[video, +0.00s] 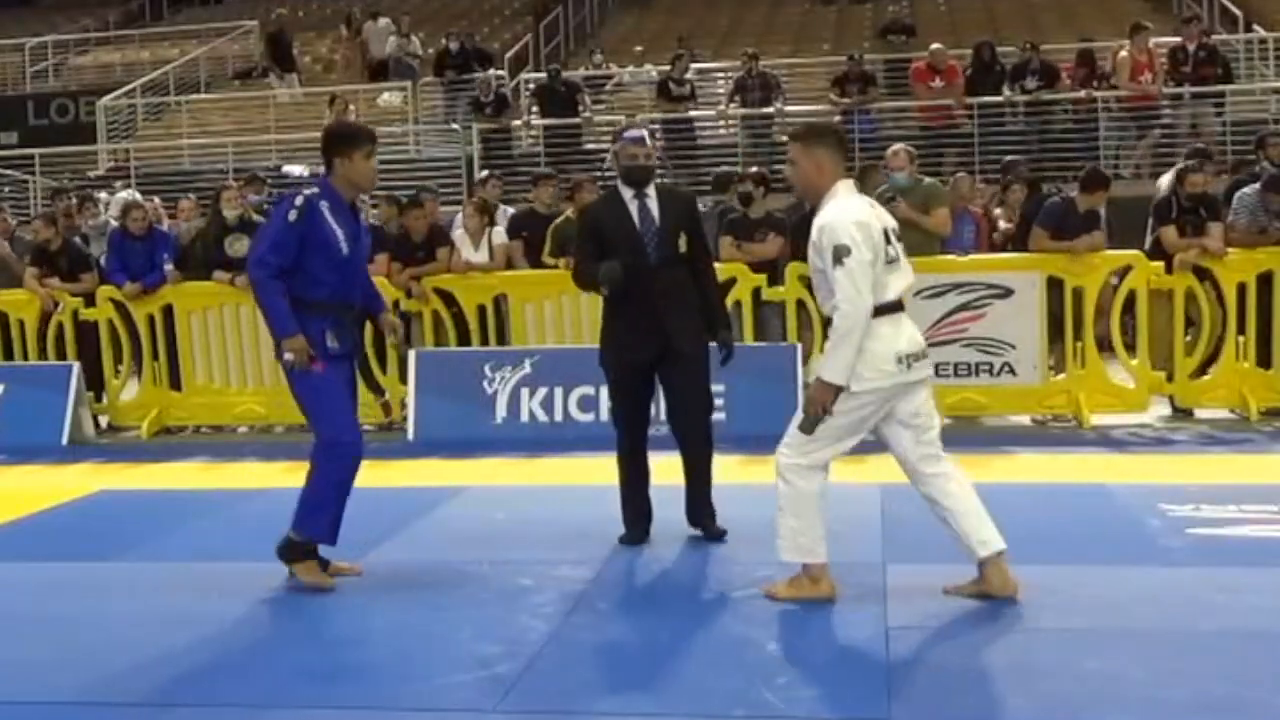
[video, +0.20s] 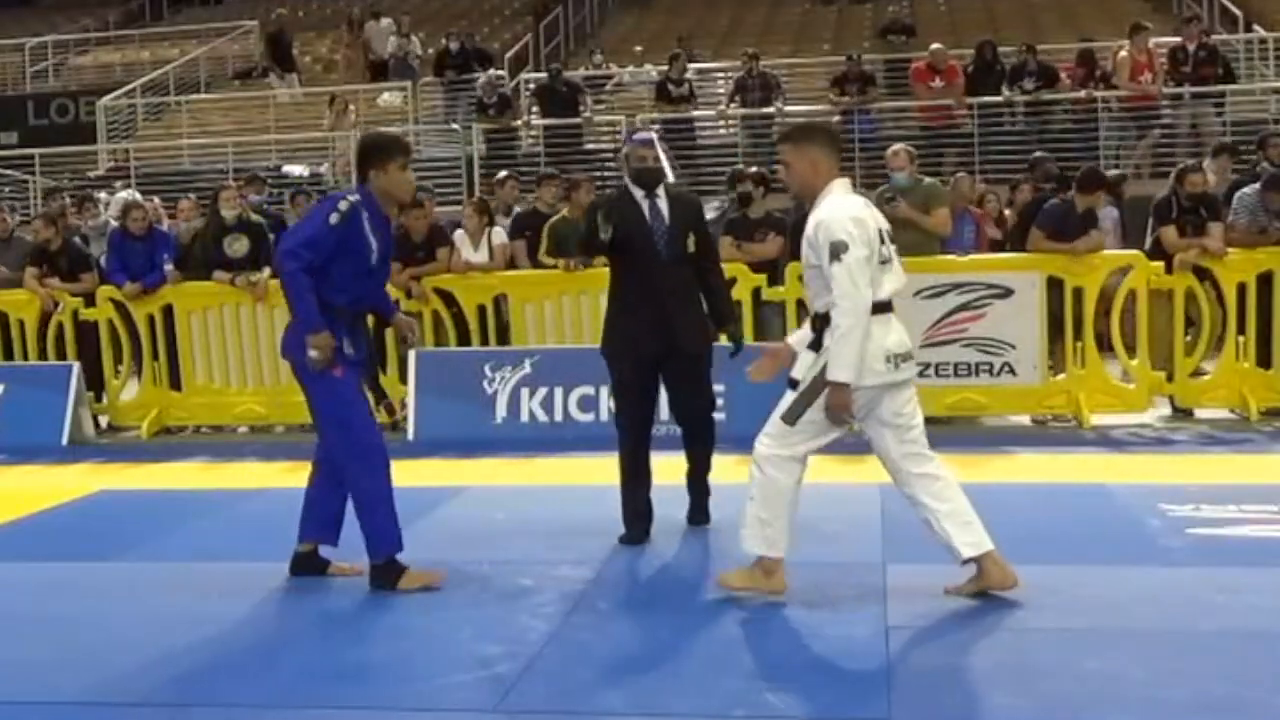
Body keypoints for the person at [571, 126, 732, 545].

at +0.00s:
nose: (638, 158)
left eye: (645, 151)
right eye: (630, 152)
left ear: (656, 157)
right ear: (615, 159)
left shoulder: (680, 202)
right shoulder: (597, 213)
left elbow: (703, 267)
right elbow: (581, 273)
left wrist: (719, 323)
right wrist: (600, 273)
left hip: (682, 332)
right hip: (626, 337)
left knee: (695, 427)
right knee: (631, 435)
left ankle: (702, 515)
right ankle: (636, 523)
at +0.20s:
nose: (647, 161)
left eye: (653, 154)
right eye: (639, 155)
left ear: (663, 160)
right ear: (624, 163)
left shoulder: (686, 204)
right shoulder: (610, 208)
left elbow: (708, 266)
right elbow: (591, 246)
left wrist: (726, 319)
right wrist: (593, 219)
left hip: (686, 332)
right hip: (632, 335)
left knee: (698, 419)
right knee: (633, 432)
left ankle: (699, 491)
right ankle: (636, 523)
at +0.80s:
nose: (673, 166)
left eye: (680, 159)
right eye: (666, 159)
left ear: (690, 163)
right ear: (652, 162)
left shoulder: (702, 207)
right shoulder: (632, 203)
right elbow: (628, 255)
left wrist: (723, 323)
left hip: (697, 317)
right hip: (643, 312)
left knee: (695, 418)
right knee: (639, 411)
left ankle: (693, 503)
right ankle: (634, 487)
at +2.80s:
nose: (642, 170)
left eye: (650, 165)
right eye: (638, 164)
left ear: (667, 170)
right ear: (631, 168)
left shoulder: (692, 215)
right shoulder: (618, 214)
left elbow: (706, 272)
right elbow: (607, 270)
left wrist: (715, 324)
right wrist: (599, 319)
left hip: (677, 325)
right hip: (630, 325)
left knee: (685, 406)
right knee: (636, 406)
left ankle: (691, 480)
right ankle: (637, 476)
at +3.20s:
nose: (636, 175)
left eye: (643, 169)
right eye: (630, 168)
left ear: (654, 173)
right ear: (619, 172)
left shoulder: (674, 210)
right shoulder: (602, 216)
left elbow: (693, 261)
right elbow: (592, 273)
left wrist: (679, 296)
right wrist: (591, 323)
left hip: (670, 318)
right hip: (625, 321)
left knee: (680, 399)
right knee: (633, 402)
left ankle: (690, 477)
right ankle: (638, 473)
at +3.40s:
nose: (645, 175)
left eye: (652, 169)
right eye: (639, 168)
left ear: (662, 174)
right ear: (626, 170)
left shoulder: (675, 209)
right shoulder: (604, 215)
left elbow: (698, 259)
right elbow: (593, 273)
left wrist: (676, 238)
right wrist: (593, 325)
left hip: (673, 317)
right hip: (627, 320)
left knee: (685, 398)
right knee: (635, 401)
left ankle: (697, 475)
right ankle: (639, 473)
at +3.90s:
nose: (685, 180)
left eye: (692, 173)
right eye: (679, 173)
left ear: (701, 175)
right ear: (666, 172)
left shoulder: (711, 209)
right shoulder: (643, 210)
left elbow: (727, 250)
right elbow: (625, 265)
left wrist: (699, 207)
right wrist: (624, 316)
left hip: (703, 306)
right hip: (653, 308)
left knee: (703, 393)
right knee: (647, 390)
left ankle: (699, 467)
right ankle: (642, 461)